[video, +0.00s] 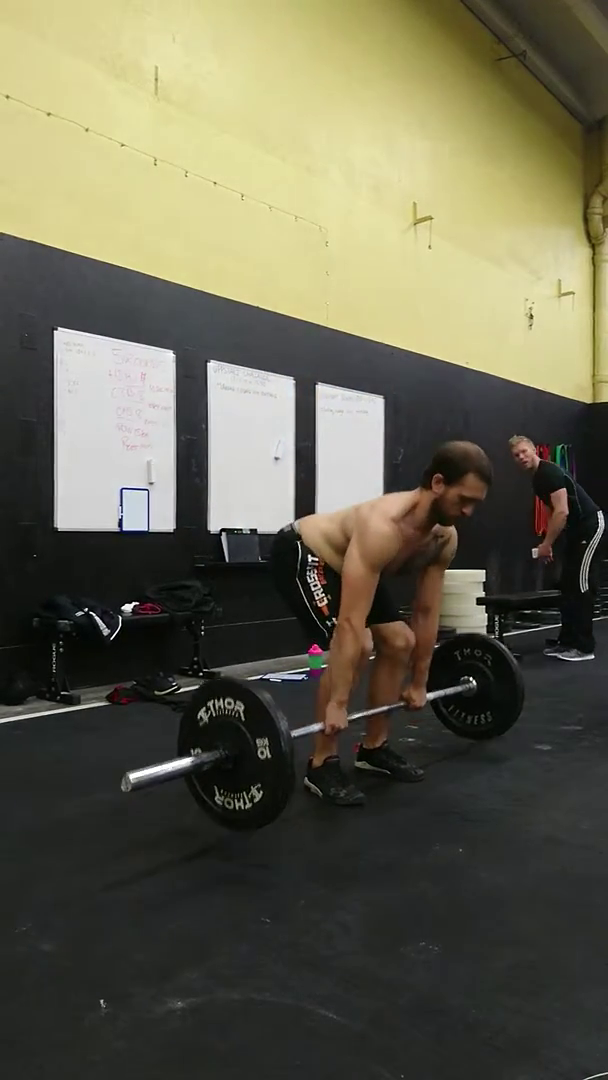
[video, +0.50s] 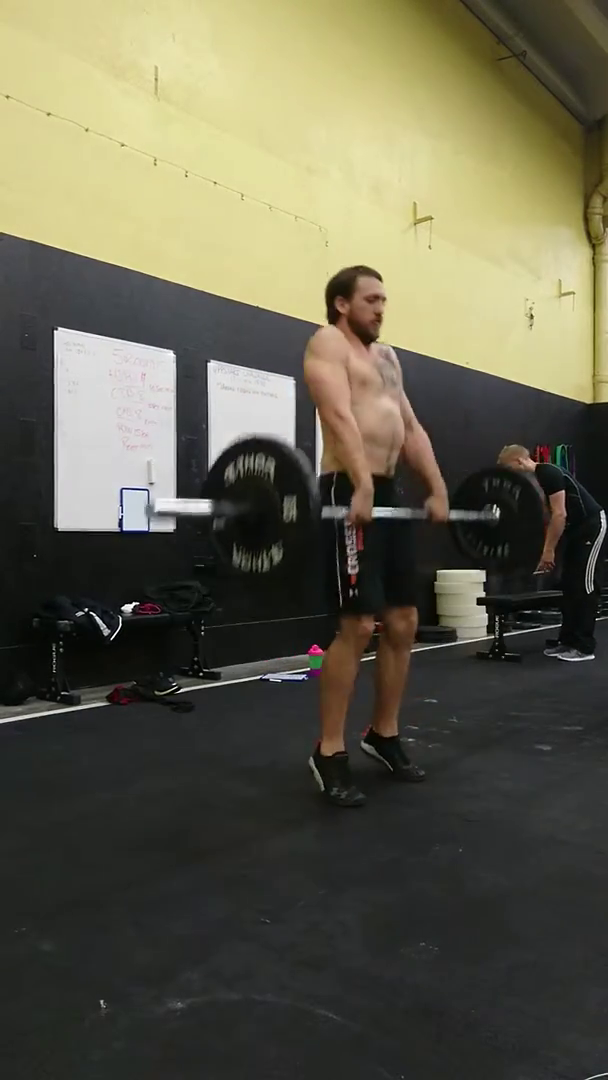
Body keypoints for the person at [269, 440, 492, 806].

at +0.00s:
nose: (469, 511)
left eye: (475, 504)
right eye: (465, 500)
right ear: (436, 483)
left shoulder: (444, 537)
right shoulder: (382, 528)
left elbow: (426, 612)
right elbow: (349, 623)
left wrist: (419, 683)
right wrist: (338, 703)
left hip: (350, 563)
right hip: (303, 554)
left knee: (399, 642)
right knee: (355, 645)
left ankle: (374, 747)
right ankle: (322, 763)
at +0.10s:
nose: (468, 483)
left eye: (475, 476)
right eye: (464, 472)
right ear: (435, 457)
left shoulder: (443, 514)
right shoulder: (382, 503)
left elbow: (427, 588)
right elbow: (350, 598)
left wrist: (420, 660)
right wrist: (338, 677)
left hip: (351, 549)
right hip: (303, 540)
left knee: (390, 637)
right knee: (337, 647)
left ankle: (373, 748)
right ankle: (321, 764)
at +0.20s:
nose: (463, 435)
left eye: (469, 426)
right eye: (457, 422)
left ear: (471, 424)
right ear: (427, 410)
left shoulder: (442, 476)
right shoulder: (378, 462)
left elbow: (427, 554)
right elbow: (352, 559)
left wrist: (418, 628)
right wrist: (337, 639)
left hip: (356, 538)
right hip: (308, 529)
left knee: (385, 636)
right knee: (330, 646)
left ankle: (373, 747)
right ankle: (319, 763)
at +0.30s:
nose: (444, 374)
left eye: (448, 365)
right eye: (436, 363)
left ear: (444, 368)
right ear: (404, 360)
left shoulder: (433, 431)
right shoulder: (367, 421)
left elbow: (427, 512)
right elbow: (355, 517)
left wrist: (423, 587)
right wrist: (345, 595)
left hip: (363, 528)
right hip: (315, 523)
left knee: (389, 636)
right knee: (338, 638)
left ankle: (373, 746)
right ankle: (321, 762)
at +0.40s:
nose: (405, 336)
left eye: (408, 328)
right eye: (397, 326)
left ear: (404, 331)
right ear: (366, 328)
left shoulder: (408, 386)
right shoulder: (343, 381)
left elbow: (419, 466)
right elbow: (350, 468)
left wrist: (431, 539)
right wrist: (354, 546)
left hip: (382, 520)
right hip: (337, 519)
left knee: (407, 639)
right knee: (358, 643)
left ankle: (377, 744)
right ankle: (326, 760)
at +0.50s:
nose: (380, 309)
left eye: (383, 301)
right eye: (371, 300)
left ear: (379, 308)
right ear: (341, 304)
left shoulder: (386, 355)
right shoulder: (325, 344)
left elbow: (409, 425)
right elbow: (336, 416)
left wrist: (437, 486)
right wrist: (363, 483)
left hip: (390, 494)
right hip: (345, 493)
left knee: (402, 624)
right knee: (357, 626)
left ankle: (384, 734)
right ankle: (330, 751)